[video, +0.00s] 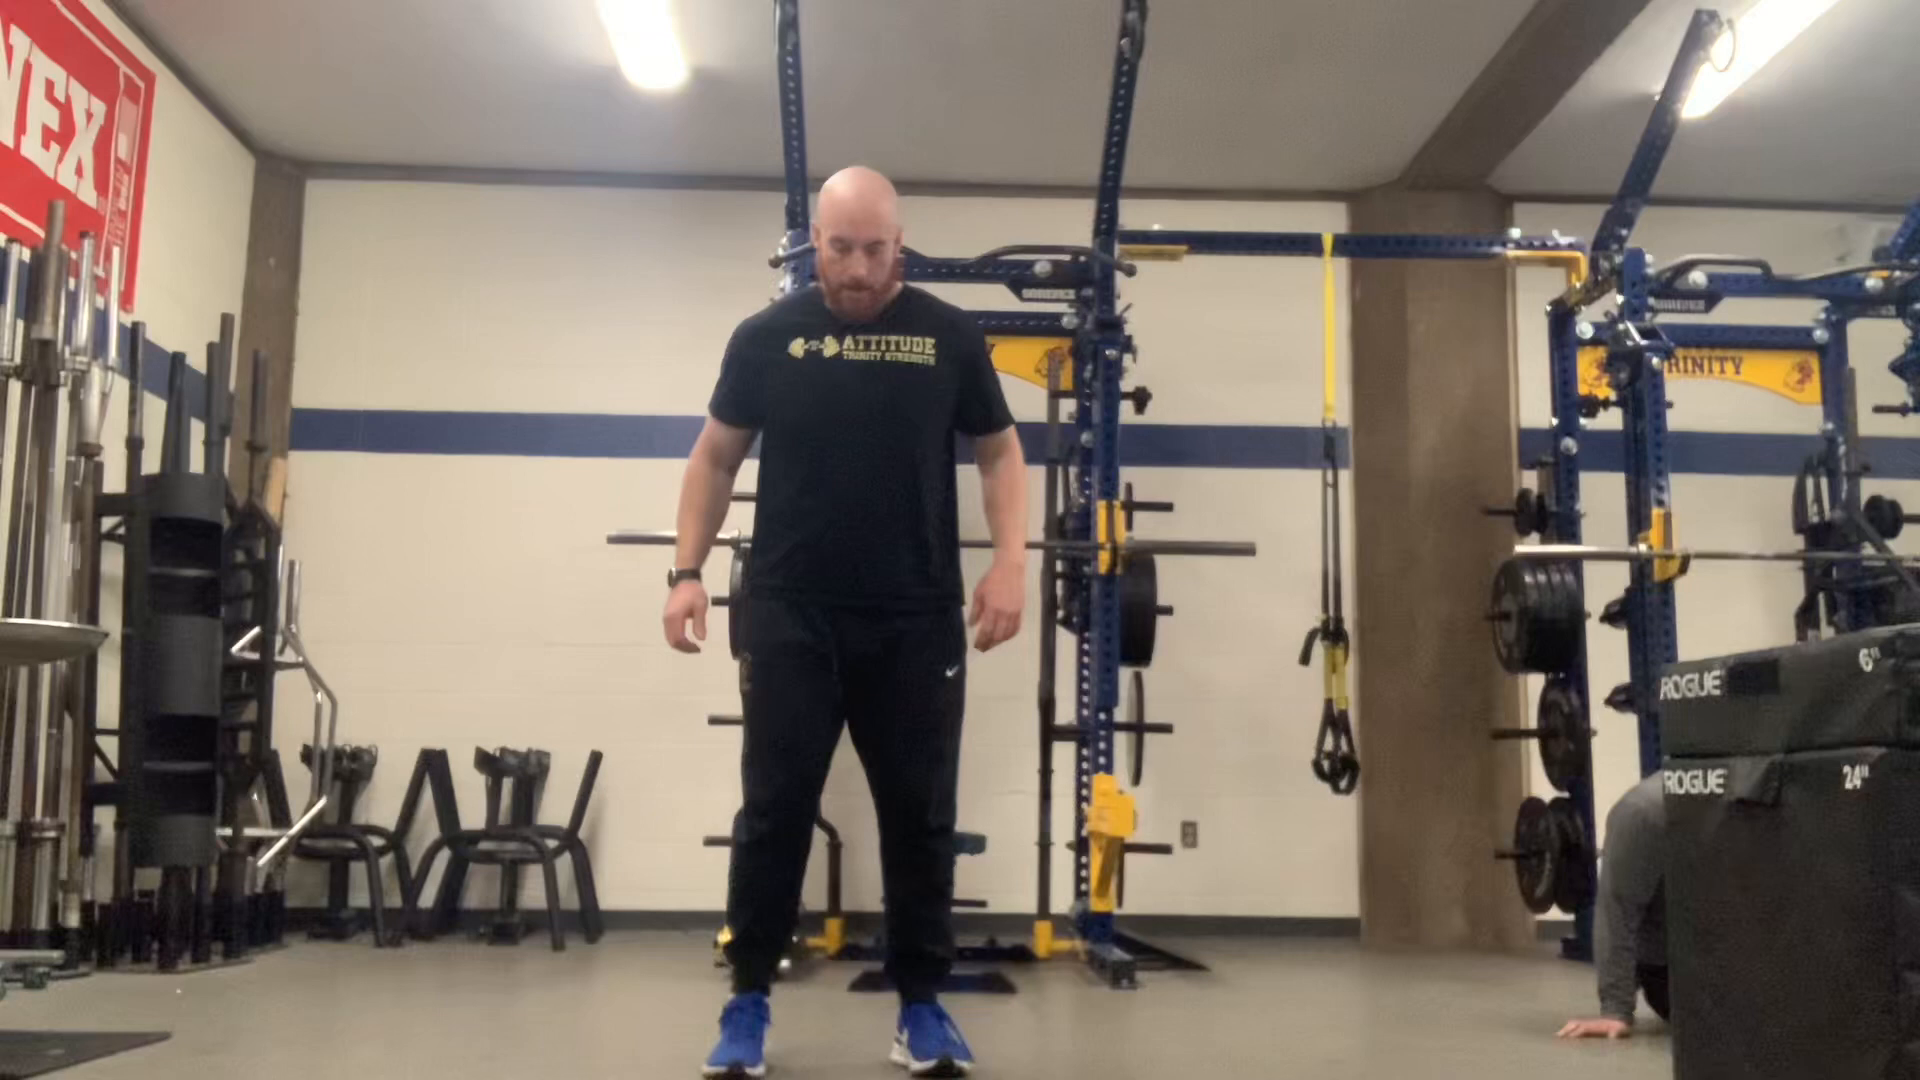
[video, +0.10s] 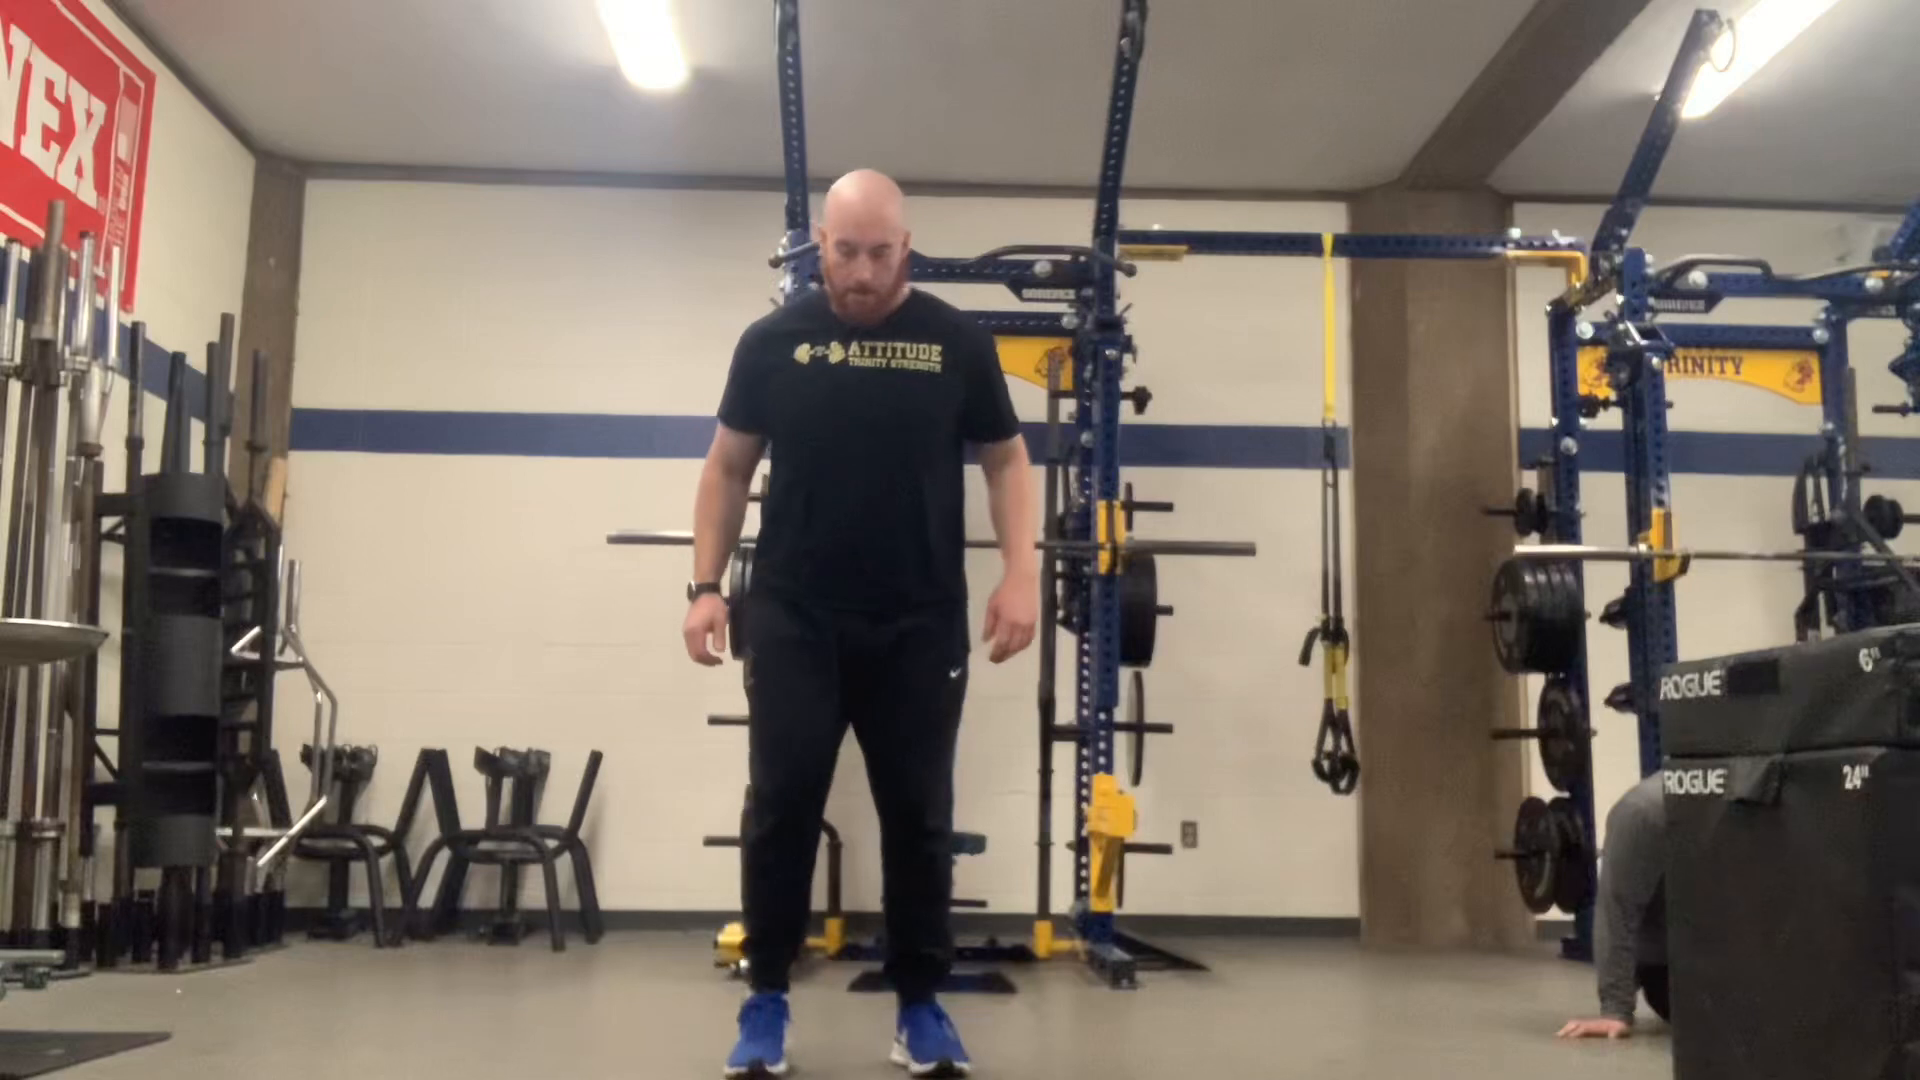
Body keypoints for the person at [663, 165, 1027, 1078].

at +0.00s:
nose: (856, 266)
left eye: (874, 248)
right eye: (840, 248)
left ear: (902, 240)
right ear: (813, 240)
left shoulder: (950, 338)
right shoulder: (765, 340)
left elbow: (1000, 456)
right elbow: (715, 457)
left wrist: (1010, 563)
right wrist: (685, 571)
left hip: (914, 618)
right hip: (789, 614)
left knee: (921, 818)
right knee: (774, 811)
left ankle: (921, 1006)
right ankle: (747, 1003)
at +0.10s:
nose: (860, 269)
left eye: (877, 251)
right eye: (844, 250)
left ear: (907, 243)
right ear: (819, 241)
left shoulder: (958, 343)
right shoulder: (772, 344)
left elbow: (1006, 461)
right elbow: (728, 467)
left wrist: (1022, 573)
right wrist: (706, 585)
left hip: (916, 621)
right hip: (794, 618)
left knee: (919, 820)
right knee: (780, 808)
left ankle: (921, 1010)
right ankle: (766, 1003)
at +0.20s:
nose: (860, 282)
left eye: (877, 264)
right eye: (843, 262)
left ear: (907, 256)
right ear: (818, 255)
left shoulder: (958, 355)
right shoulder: (776, 357)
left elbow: (1003, 473)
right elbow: (724, 481)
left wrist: (1023, 578)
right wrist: (710, 595)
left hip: (920, 634)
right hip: (799, 628)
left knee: (914, 829)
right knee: (789, 821)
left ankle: (917, 1014)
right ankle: (774, 1012)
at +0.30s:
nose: (853, 247)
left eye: (872, 230)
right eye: (839, 228)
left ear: (904, 225)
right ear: (815, 220)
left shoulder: (954, 319)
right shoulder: (769, 327)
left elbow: (1004, 434)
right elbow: (717, 440)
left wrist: (1002, 504)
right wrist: (720, 517)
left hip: (921, 615)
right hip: (798, 614)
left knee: (918, 823)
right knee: (788, 818)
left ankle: (917, 1006)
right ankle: (772, 1007)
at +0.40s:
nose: (849, 208)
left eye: (867, 191)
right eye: (835, 189)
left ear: (899, 184)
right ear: (810, 182)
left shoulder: (953, 275)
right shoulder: (766, 280)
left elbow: (1005, 378)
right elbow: (721, 383)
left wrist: (986, 433)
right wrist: (725, 449)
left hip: (918, 560)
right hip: (792, 558)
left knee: (926, 770)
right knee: (777, 760)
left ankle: (916, 959)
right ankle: (765, 963)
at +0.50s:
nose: (847, 205)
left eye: (865, 187)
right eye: (831, 185)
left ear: (896, 179)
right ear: (805, 175)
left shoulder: (953, 269)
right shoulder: (761, 271)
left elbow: (1009, 371)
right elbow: (717, 371)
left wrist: (978, 418)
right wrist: (725, 431)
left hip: (916, 553)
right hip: (788, 550)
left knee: (927, 762)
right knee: (765, 753)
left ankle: (923, 979)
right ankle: (748, 970)